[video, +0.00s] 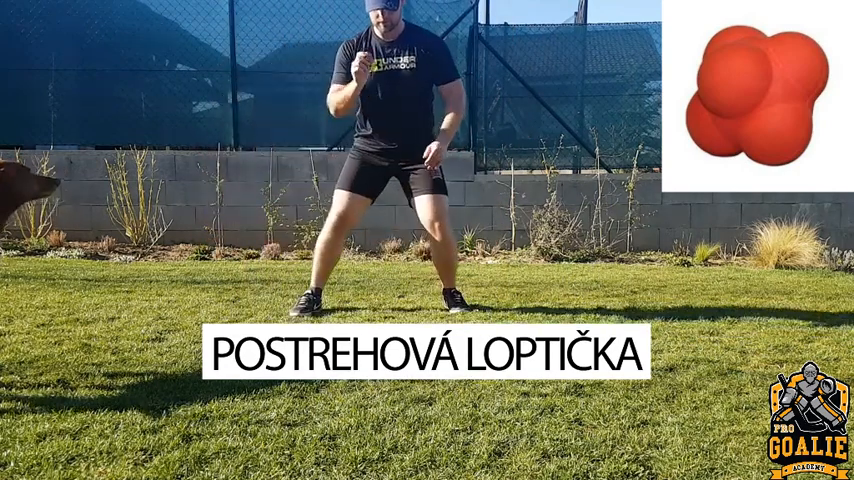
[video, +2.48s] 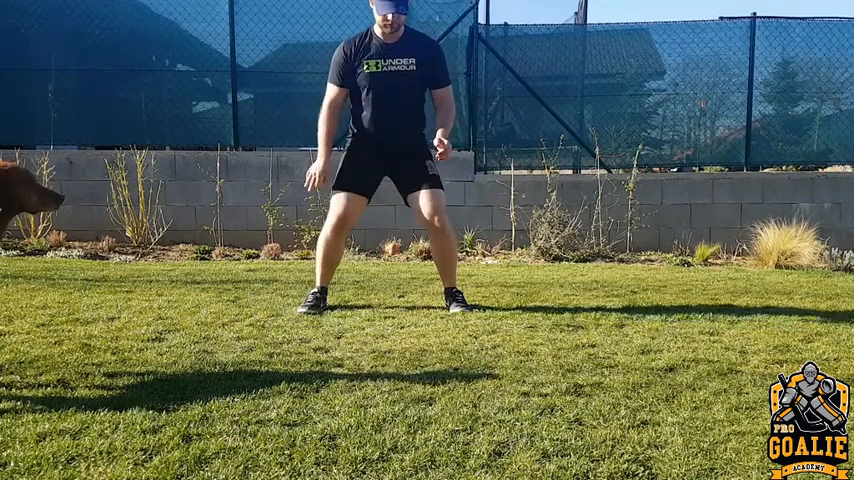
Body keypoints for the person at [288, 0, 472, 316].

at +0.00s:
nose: (382, 16)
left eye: (389, 9)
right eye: (376, 10)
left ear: (401, 6)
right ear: (367, 10)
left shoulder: (429, 45)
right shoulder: (351, 49)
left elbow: (456, 100)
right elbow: (336, 108)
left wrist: (442, 142)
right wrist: (357, 82)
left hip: (418, 149)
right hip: (369, 148)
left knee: (437, 227)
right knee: (338, 218)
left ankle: (451, 293)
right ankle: (313, 294)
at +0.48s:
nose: (379, 16)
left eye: (385, 9)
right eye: (371, 10)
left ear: (395, 8)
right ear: (362, 9)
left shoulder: (421, 46)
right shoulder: (342, 49)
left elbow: (439, 102)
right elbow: (325, 103)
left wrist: (434, 138)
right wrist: (317, 155)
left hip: (409, 148)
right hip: (360, 148)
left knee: (433, 217)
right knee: (334, 218)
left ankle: (450, 290)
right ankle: (314, 293)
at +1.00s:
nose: (291, 56)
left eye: (298, 47)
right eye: (284, 50)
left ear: (315, 46)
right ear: (277, 53)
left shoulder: (351, 81)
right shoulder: (273, 103)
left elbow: (384, 131)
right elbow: (253, 161)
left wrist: (375, 176)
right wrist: (273, 142)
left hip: (362, 171)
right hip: (312, 175)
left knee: (408, 235)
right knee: (286, 223)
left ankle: (446, 292)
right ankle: (276, 301)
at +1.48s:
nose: (341, 15)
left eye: (348, 7)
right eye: (334, 9)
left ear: (362, 11)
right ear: (327, 17)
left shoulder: (392, 56)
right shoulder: (315, 69)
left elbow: (420, 112)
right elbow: (296, 122)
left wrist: (395, 152)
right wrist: (313, 155)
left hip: (393, 157)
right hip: (344, 162)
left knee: (426, 227)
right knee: (312, 219)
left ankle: (449, 291)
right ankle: (279, 299)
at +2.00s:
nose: (392, 14)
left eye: (400, 7)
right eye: (386, 7)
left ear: (411, 7)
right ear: (378, 8)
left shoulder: (434, 46)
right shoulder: (359, 47)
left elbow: (461, 99)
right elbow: (344, 106)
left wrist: (448, 136)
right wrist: (367, 78)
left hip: (421, 149)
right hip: (373, 148)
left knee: (440, 224)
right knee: (341, 219)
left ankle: (452, 292)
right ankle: (318, 293)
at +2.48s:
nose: (391, 18)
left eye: (398, 12)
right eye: (384, 11)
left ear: (407, 10)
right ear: (372, 8)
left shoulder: (427, 49)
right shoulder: (350, 51)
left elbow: (444, 102)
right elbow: (331, 105)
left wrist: (442, 133)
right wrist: (323, 156)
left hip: (412, 149)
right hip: (365, 149)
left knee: (436, 217)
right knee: (336, 222)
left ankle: (452, 293)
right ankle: (319, 293)